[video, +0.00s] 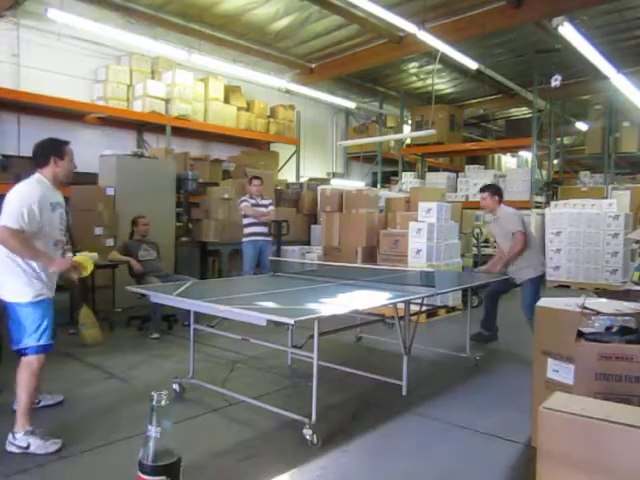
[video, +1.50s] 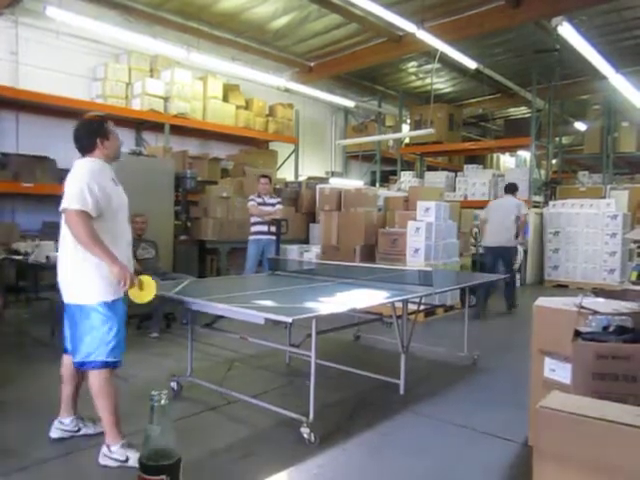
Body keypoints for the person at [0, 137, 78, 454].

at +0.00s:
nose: (74, 167)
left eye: (73, 161)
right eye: (70, 160)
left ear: (54, 162)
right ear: (54, 162)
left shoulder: (55, 196)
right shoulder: (27, 191)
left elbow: (54, 240)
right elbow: (9, 234)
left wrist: (69, 261)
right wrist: (51, 261)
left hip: (38, 288)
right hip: (23, 290)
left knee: (36, 349)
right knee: (34, 355)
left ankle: (27, 397)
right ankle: (21, 431)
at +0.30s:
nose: (69, 155)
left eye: (67, 150)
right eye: (64, 150)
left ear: (46, 153)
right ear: (49, 153)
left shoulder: (49, 187)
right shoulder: (28, 188)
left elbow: (47, 239)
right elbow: (16, 242)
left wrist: (75, 259)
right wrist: (63, 263)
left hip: (41, 290)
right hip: (25, 294)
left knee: (41, 349)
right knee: (37, 358)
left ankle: (32, 396)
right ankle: (22, 433)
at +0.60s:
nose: (73, 145)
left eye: (70, 140)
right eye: (68, 140)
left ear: (47, 146)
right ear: (55, 144)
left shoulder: (47, 177)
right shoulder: (43, 180)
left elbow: (50, 234)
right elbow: (54, 237)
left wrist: (85, 246)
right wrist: (91, 247)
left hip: (48, 288)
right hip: (27, 290)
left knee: (58, 344)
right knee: (25, 359)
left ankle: (50, 414)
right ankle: (20, 434)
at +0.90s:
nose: (88, 146)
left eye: (85, 140)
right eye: (83, 141)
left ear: (62, 147)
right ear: (71, 145)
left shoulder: (59, 176)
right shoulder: (66, 179)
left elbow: (72, 233)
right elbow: (76, 233)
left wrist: (91, 272)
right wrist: (98, 274)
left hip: (63, 288)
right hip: (48, 288)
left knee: (70, 354)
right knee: (42, 359)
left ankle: (69, 420)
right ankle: (21, 431)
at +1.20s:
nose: (101, 142)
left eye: (98, 137)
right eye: (96, 137)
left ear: (76, 145)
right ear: (84, 143)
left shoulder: (78, 173)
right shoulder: (75, 173)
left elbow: (88, 230)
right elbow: (76, 223)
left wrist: (116, 255)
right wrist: (94, 270)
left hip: (75, 282)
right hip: (71, 283)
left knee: (79, 353)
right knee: (81, 354)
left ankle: (65, 418)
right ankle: (53, 433)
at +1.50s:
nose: (119, 141)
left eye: (116, 136)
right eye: (114, 136)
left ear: (94, 143)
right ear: (101, 141)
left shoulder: (101, 172)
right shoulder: (87, 170)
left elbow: (96, 222)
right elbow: (75, 218)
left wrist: (127, 226)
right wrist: (114, 262)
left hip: (91, 286)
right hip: (93, 288)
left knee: (75, 354)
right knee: (101, 364)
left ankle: (66, 418)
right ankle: (114, 444)